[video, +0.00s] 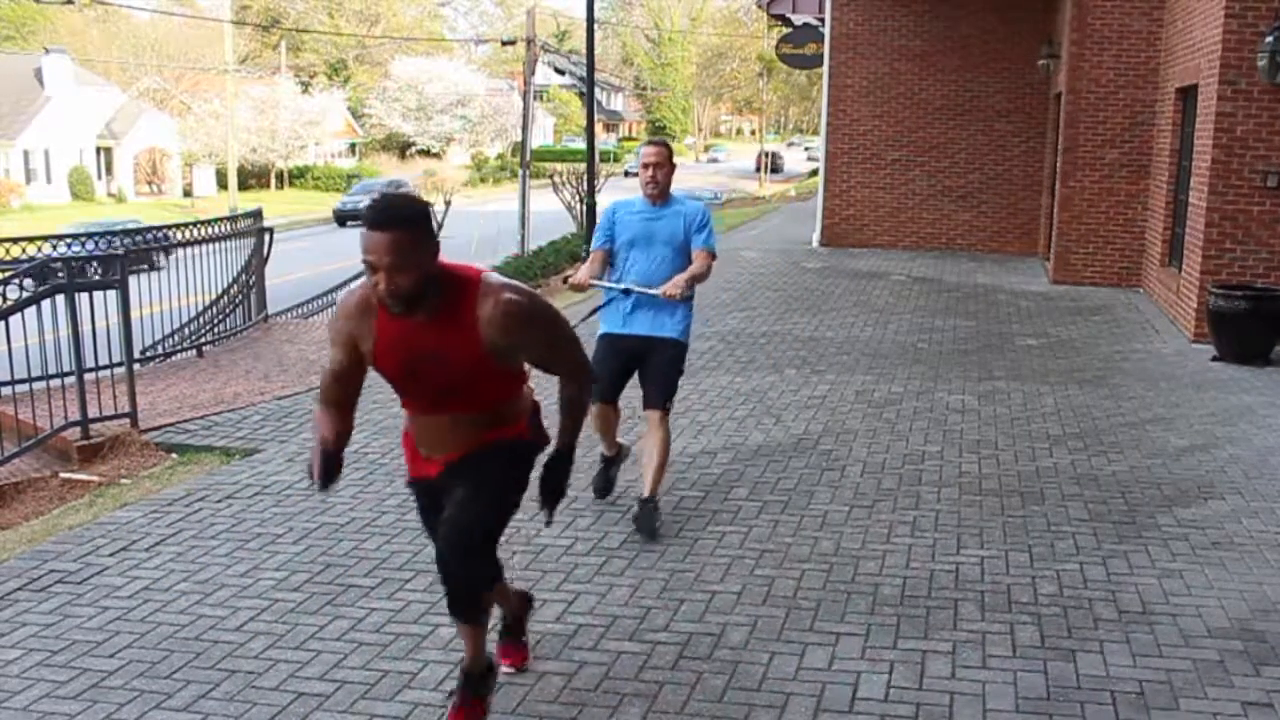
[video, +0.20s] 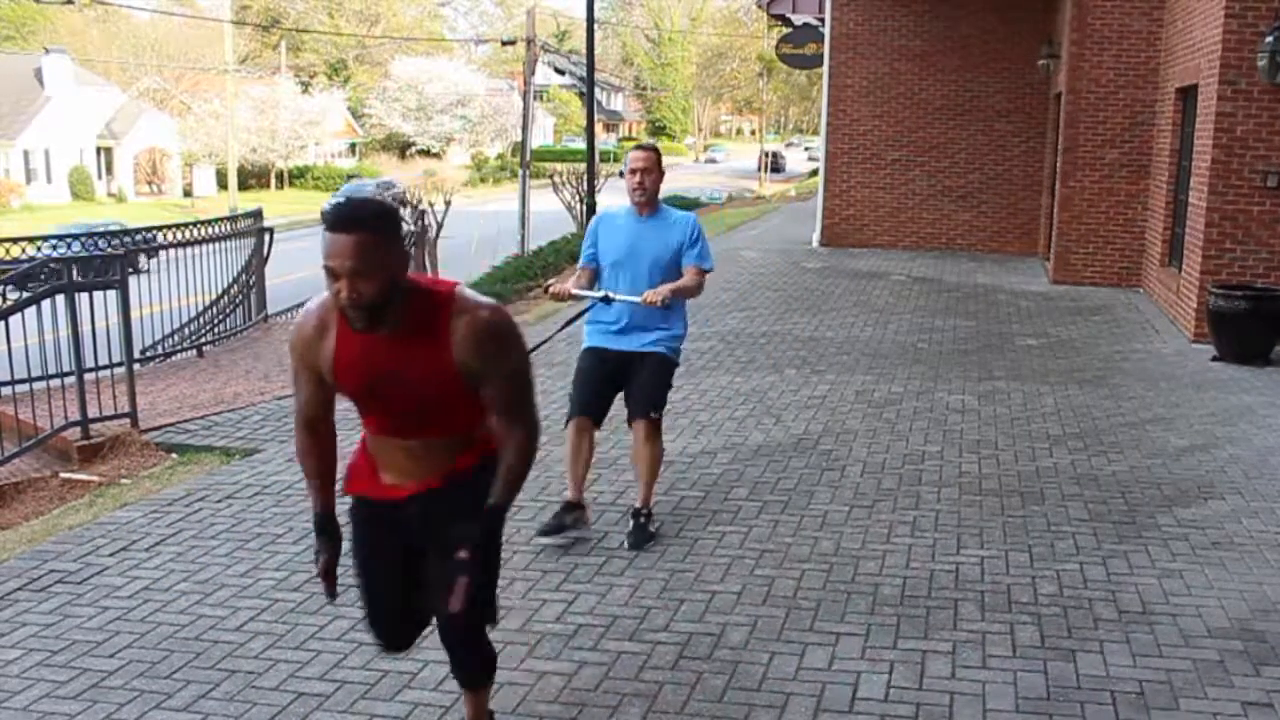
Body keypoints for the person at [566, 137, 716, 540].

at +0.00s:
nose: (652, 174)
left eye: (659, 167)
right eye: (646, 167)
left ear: (673, 170)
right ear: (637, 170)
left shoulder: (693, 213)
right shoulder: (615, 213)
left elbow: (704, 262)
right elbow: (597, 258)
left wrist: (684, 278)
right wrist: (587, 272)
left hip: (666, 328)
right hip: (618, 324)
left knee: (656, 412)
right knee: (600, 398)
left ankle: (648, 501)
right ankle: (611, 453)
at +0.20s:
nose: (639, 180)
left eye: (647, 172)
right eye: (632, 172)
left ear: (662, 176)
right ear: (623, 177)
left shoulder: (685, 225)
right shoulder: (602, 223)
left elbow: (695, 281)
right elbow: (585, 275)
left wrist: (669, 289)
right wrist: (570, 285)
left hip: (656, 340)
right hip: (603, 336)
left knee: (645, 420)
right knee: (581, 416)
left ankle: (643, 509)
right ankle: (574, 504)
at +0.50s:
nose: (584, 185)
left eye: (593, 176)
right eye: (577, 176)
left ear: (609, 182)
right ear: (567, 182)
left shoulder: (636, 235)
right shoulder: (541, 239)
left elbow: (666, 293)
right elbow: (523, 305)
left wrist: (648, 296)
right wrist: (523, 299)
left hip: (610, 369)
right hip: (552, 368)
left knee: (605, 458)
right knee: (533, 469)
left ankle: (603, 565)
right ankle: (538, 562)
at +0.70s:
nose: (560, 188)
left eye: (571, 178)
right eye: (553, 179)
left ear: (592, 185)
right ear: (542, 187)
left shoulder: (618, 249)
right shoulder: (514, 245)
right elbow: (492, 312)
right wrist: (474, 322)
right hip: (510, 389)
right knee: (479, 489)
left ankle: (558, 628)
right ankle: (495, 573)